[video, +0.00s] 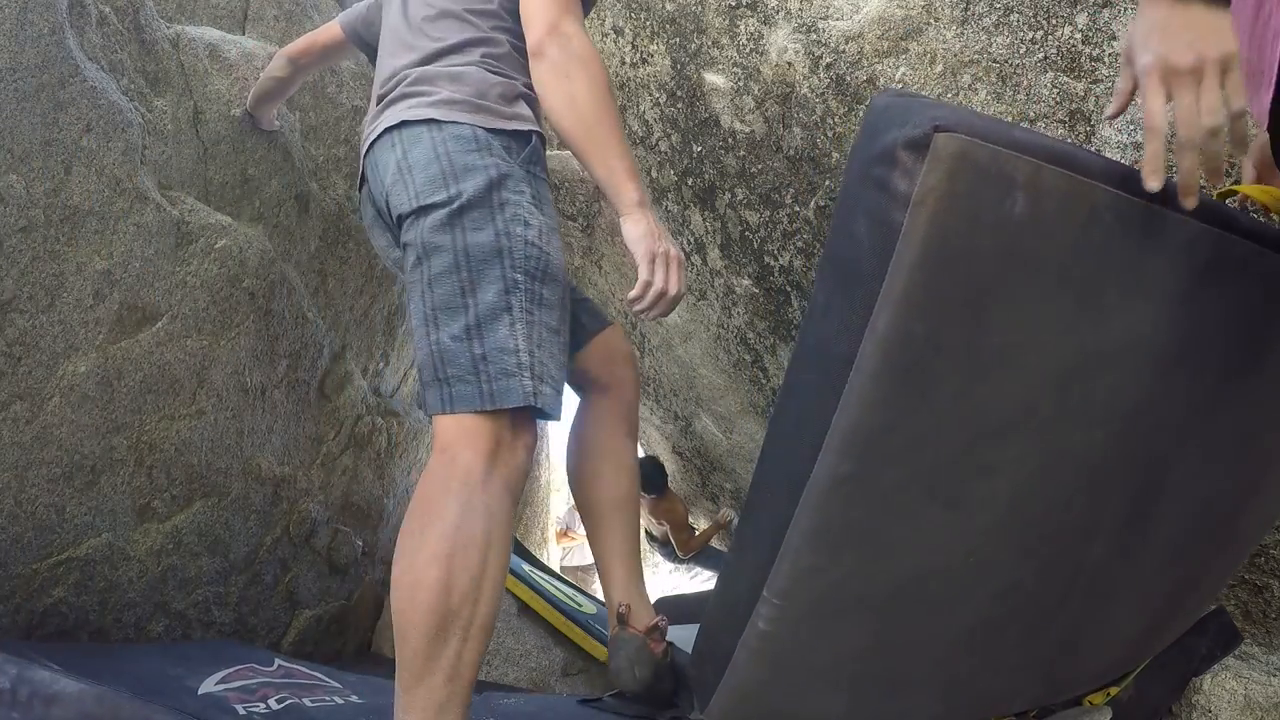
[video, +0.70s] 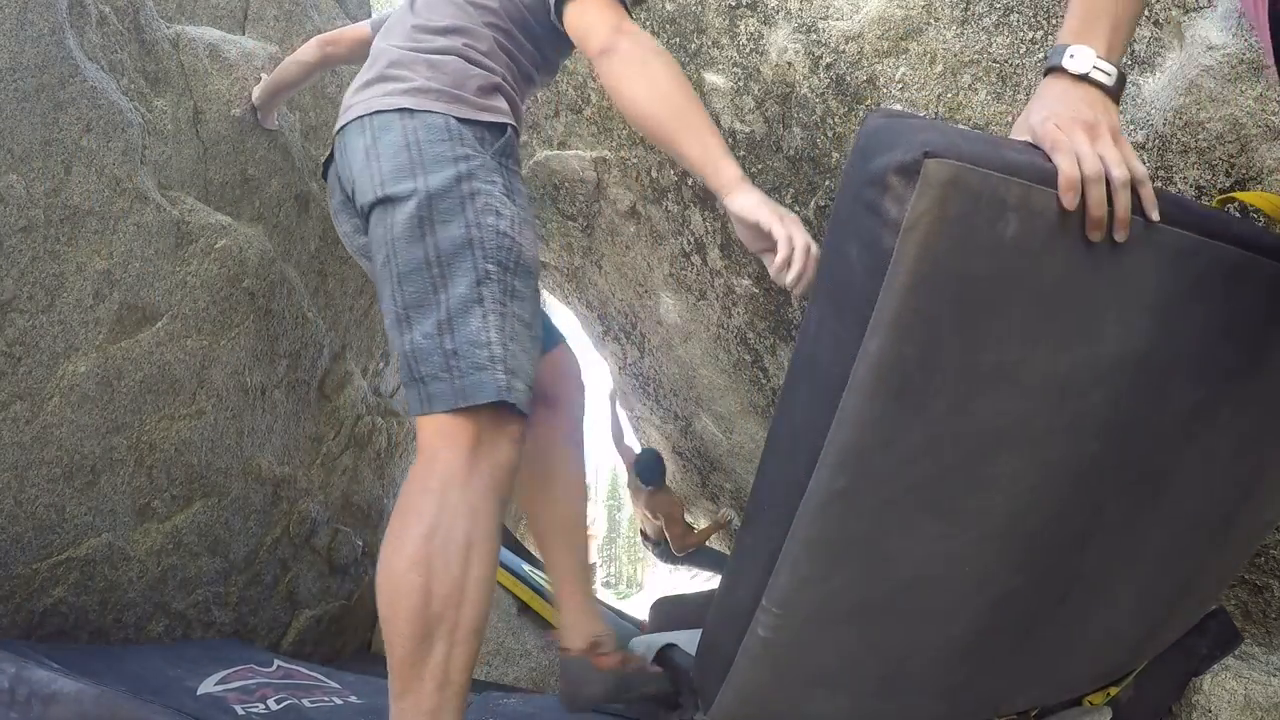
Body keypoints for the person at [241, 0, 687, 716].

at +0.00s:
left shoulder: (405, 6)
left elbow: (296, 52)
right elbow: (551, 40)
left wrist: (258, 107)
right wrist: (635, 207)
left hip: (391, 159)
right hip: (462, 143)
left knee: (609, 366)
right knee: (484, 440)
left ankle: (635, 631)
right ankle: (425, 708)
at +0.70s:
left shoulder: (428, 9)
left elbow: (327, 44)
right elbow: (611, 39)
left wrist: (267, 90)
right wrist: (734, 186)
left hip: (359, 153)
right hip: (434, 137)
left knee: (550, 379)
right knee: (470, 434)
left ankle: (588, 648)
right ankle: (425, 711)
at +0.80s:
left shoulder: (420, 14)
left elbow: (332, 41)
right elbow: (599, 17)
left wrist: (267, 92)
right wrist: (722, 155)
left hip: (353, 144)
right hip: (418, 132)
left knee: (544, 377)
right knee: (453, 434)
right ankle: (422, 708)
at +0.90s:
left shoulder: (428, 16)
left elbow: (327, 39)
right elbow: (581, 8)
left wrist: (268, 93)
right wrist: (669, 114)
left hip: (360, 136)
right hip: (405, 130)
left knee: (512, 401)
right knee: (448, 426)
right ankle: (420, 710)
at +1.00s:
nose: (609, 13)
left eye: (612, 13)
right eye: (609, 6)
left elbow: (324, 26)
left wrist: (273, 92)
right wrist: (577, 82)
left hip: (362, 128)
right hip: (379, 125)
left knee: (435, 424)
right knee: (420, 428)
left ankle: (171, 558)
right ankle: (411, 708)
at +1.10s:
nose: (577, 9)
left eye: (585, 11)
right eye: (581, 1)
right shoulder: (500, 5)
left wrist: (269, 93)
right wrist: (468, 68)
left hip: (309, 134)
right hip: (350, 130)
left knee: (339, 441)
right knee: (390, 432)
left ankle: (93, 632)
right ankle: (402, 711)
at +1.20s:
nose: (550, 5)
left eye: (559, 6)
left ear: (541, 4)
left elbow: (283, 13)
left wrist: (265, 107)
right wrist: (373, 46)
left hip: (271, 135)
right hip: (320, 128)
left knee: (274, 441)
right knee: (366, 429)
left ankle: (63, 665)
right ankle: (401, 709)